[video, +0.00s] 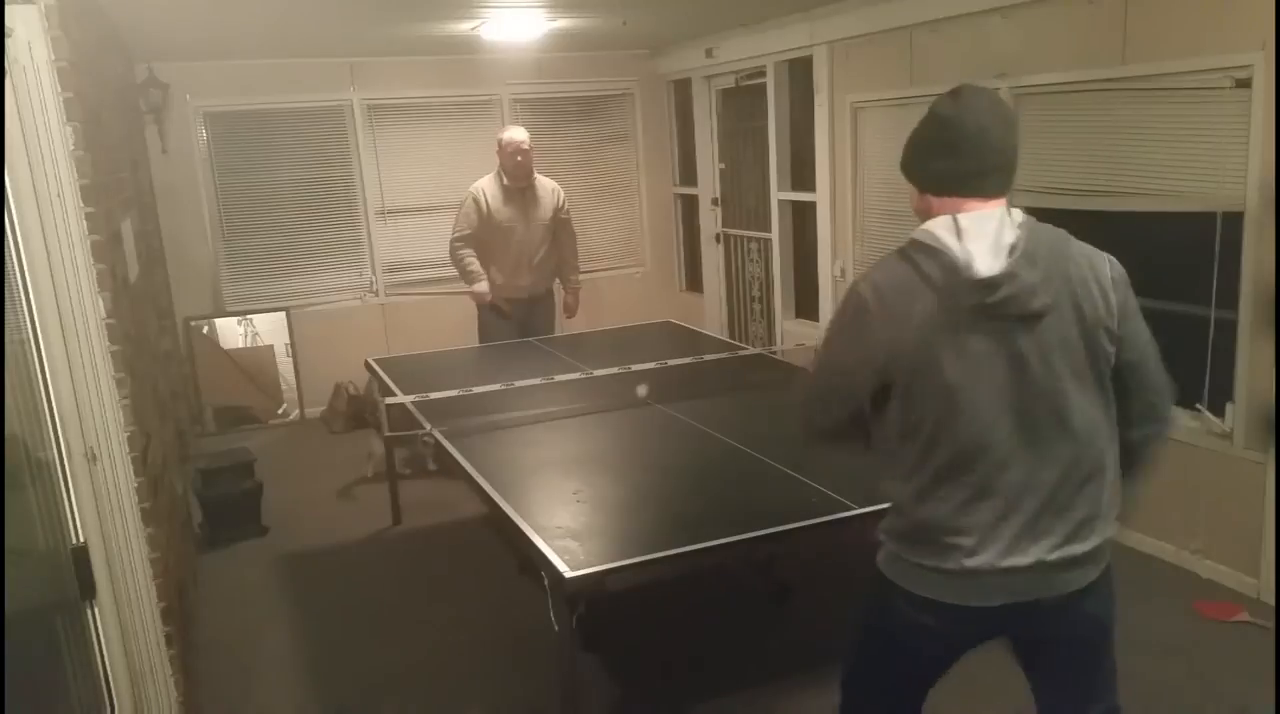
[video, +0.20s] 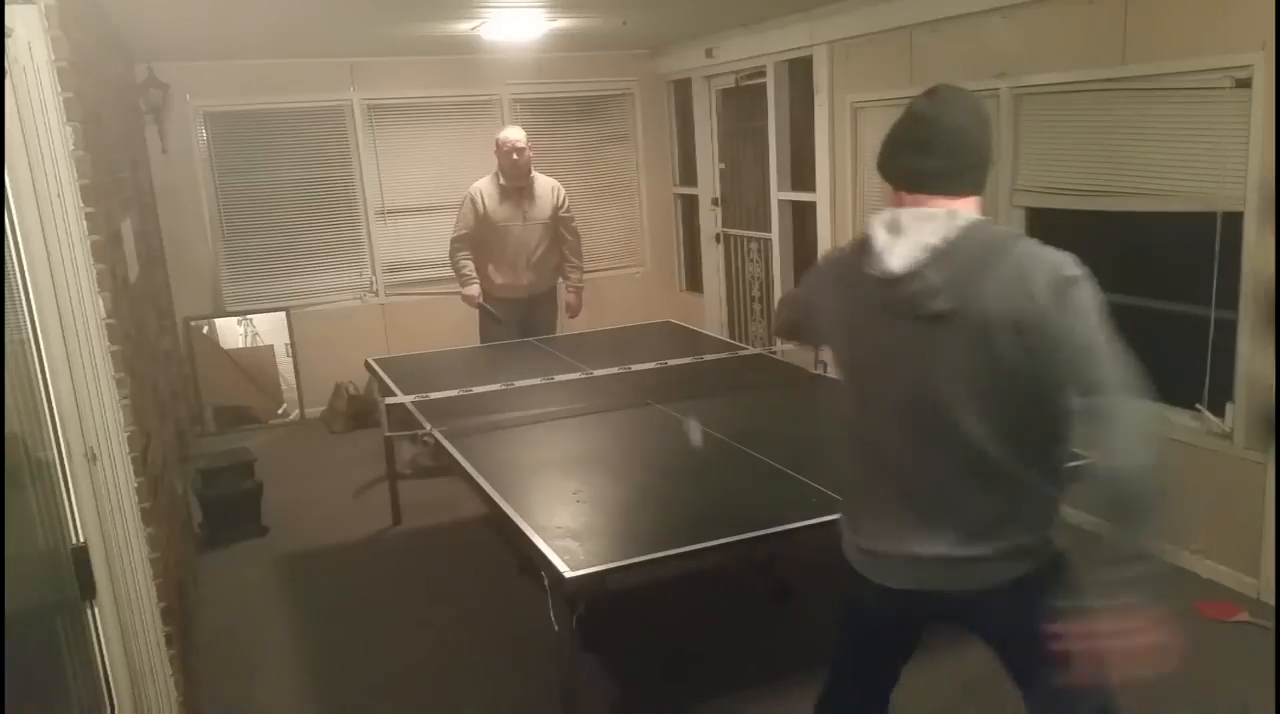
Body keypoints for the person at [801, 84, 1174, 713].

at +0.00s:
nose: (913, 195)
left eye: (912, 182)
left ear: (919, 188)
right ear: (1008, 176)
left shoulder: (884, 294)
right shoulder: (1095, 275)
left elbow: (825, 418)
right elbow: (1149, 410)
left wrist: (913, 428)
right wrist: (1098, 481)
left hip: (933, 590)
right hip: (1071, 587)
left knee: (874, 705)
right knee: (1087, 707)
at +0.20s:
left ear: (890, 176)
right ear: (978, 177)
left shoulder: (844, 277)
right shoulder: (1046, 281)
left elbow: (791, 320)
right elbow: (1120, 447)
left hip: (880, 571)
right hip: (1008, 572)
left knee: (849, 697)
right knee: (1070, 699)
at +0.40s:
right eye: (924, 124)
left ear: (843, 131)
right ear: (926, 137)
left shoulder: (797, 235)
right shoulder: (948, 230)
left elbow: (791, 360)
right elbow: (880, 370)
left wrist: (797, 452)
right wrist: (802, 458)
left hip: (827, 535)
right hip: (927, 538)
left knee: (824, 694)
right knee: (988, 693)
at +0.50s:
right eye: (890, 90)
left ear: (813, 99)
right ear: (895, 102)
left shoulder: (774, 202)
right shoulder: (917, 190)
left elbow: (773, 341)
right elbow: (883, 339)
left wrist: (784, 445)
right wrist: (812, 454)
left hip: (802, 514)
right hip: (895, 519)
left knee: (807, 686)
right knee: (930, 691)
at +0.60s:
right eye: (862, 93)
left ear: (783, 107)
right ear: (869, 106)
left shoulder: (748, 211)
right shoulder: (894, 192)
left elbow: (745, 356)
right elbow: (872, 353)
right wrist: (815, 492)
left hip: (770, 519)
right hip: (869, 531)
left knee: (794, 690)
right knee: (868, 693)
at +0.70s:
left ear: (768, 142)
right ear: (854, 142)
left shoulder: (730, 251)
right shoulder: (880, 240)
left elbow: (716, 389)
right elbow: (873, 414)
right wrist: (854, 564)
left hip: (735, 545)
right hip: (821, 557)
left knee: (760, 693)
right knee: (808, 696)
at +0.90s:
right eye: (829, 167)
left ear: (737, 188)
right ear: (829, 186)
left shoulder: (690, 296)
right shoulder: (869, 289)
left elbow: (663, 444)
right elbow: (909, 469)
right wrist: (938, 603)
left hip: (704, 594)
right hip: (818, 608)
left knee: (725, 701)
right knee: (827, 703)